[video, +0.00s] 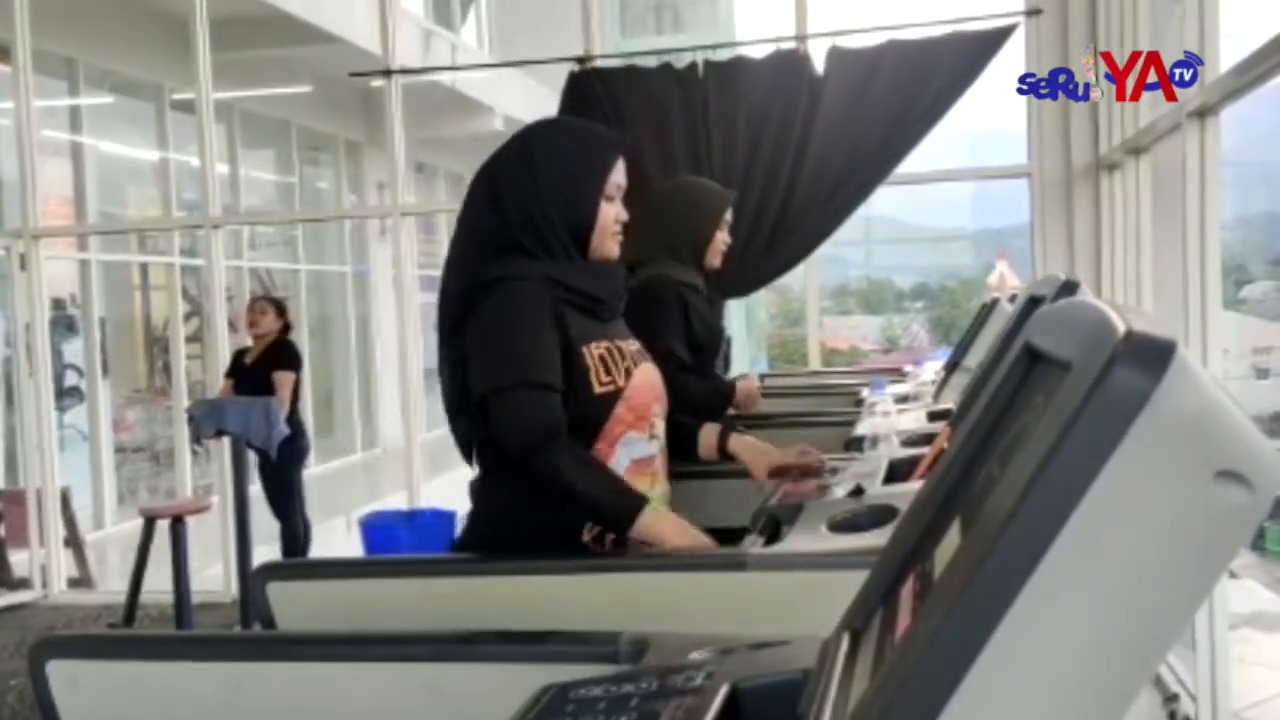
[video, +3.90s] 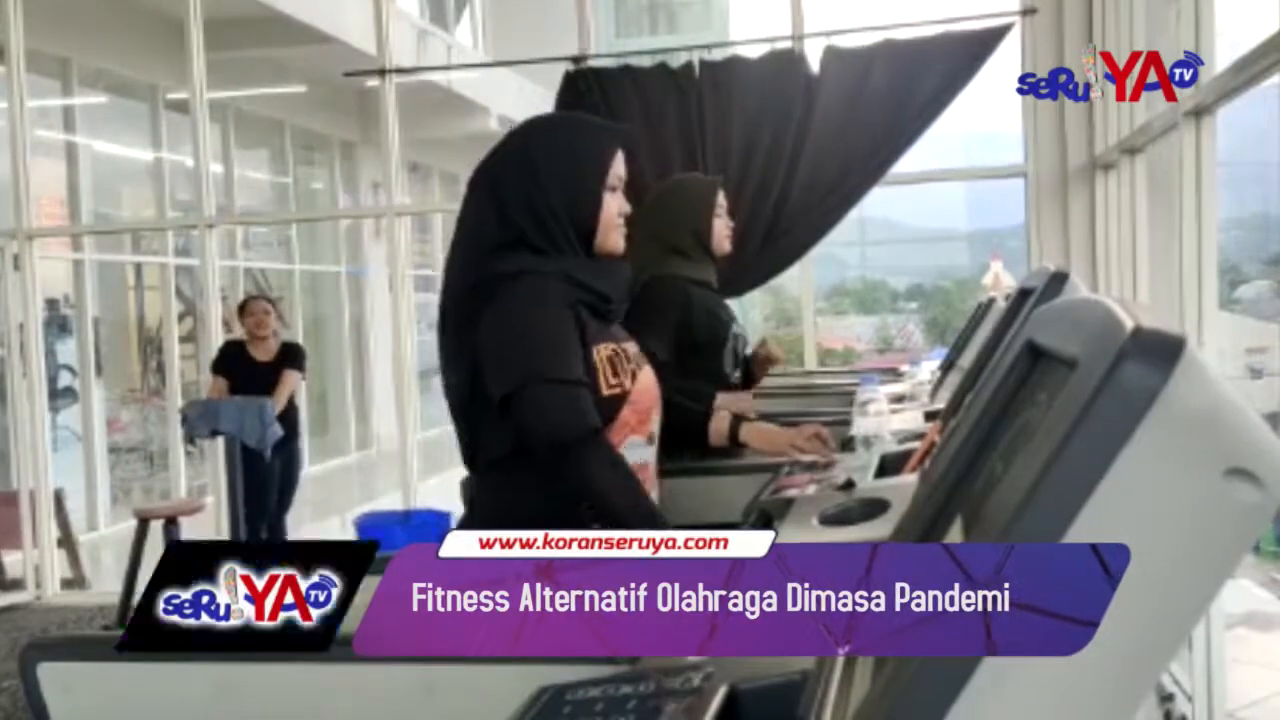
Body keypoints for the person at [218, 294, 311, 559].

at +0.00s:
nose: (254, 318)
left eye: (263, 313)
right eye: (251, 313)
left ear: (279, 320)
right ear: (246, 319)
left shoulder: (284, 350)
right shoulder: (242, 357)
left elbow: (283, 399)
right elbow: (226, 395)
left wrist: (267, 430)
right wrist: (210, 420)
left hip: (287, 434)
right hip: (260, 437)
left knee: (289, 504)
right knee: (280, 506)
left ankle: (294, 566)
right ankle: (294, 564)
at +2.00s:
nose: (251, 329)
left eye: (257, 322)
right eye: (245, 324)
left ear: (272, 324)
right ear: (238, 329)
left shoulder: (290, 357)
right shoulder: (230, 354)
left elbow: (282, 396)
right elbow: (220, 396)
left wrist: (263, 428)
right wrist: (217, 428)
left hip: (285, 439)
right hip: (246, 440)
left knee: (285, 513)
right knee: (254, 514)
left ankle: (288, 572)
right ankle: (257, 574)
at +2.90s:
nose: (253, 322)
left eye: (261, 316)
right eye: (249, 316)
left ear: (276, 322)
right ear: (243, 322)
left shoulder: (282, 352)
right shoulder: (237, 356)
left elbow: (280, 392)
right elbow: (223, 393)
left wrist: (271, 426)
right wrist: (207, 417)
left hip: (281, 429)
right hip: (253, 432)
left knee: (282, 493)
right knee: (268, 497)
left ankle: (293, 548)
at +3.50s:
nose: (251, 320)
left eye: (259, 314)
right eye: (246, 315)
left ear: (273, 320)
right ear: (239, 321)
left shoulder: (287, 352)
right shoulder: (229, 356)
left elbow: (281, 393)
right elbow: (218, 399)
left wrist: (266, 426)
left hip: (286, 436)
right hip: (247, 438)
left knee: (288, 509)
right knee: (257, 511)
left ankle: (295, 566)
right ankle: (260, 568)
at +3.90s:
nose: (260, 319)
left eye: (266, 313)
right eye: (252, 314)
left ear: (276, 318)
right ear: (242, 322)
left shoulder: (291, 352)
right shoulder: (231, 351)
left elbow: (283, 392)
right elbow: (217, 393)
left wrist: (262, 420)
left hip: (284, 436)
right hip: (245, 436)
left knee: (277, 510)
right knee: (254, 508)